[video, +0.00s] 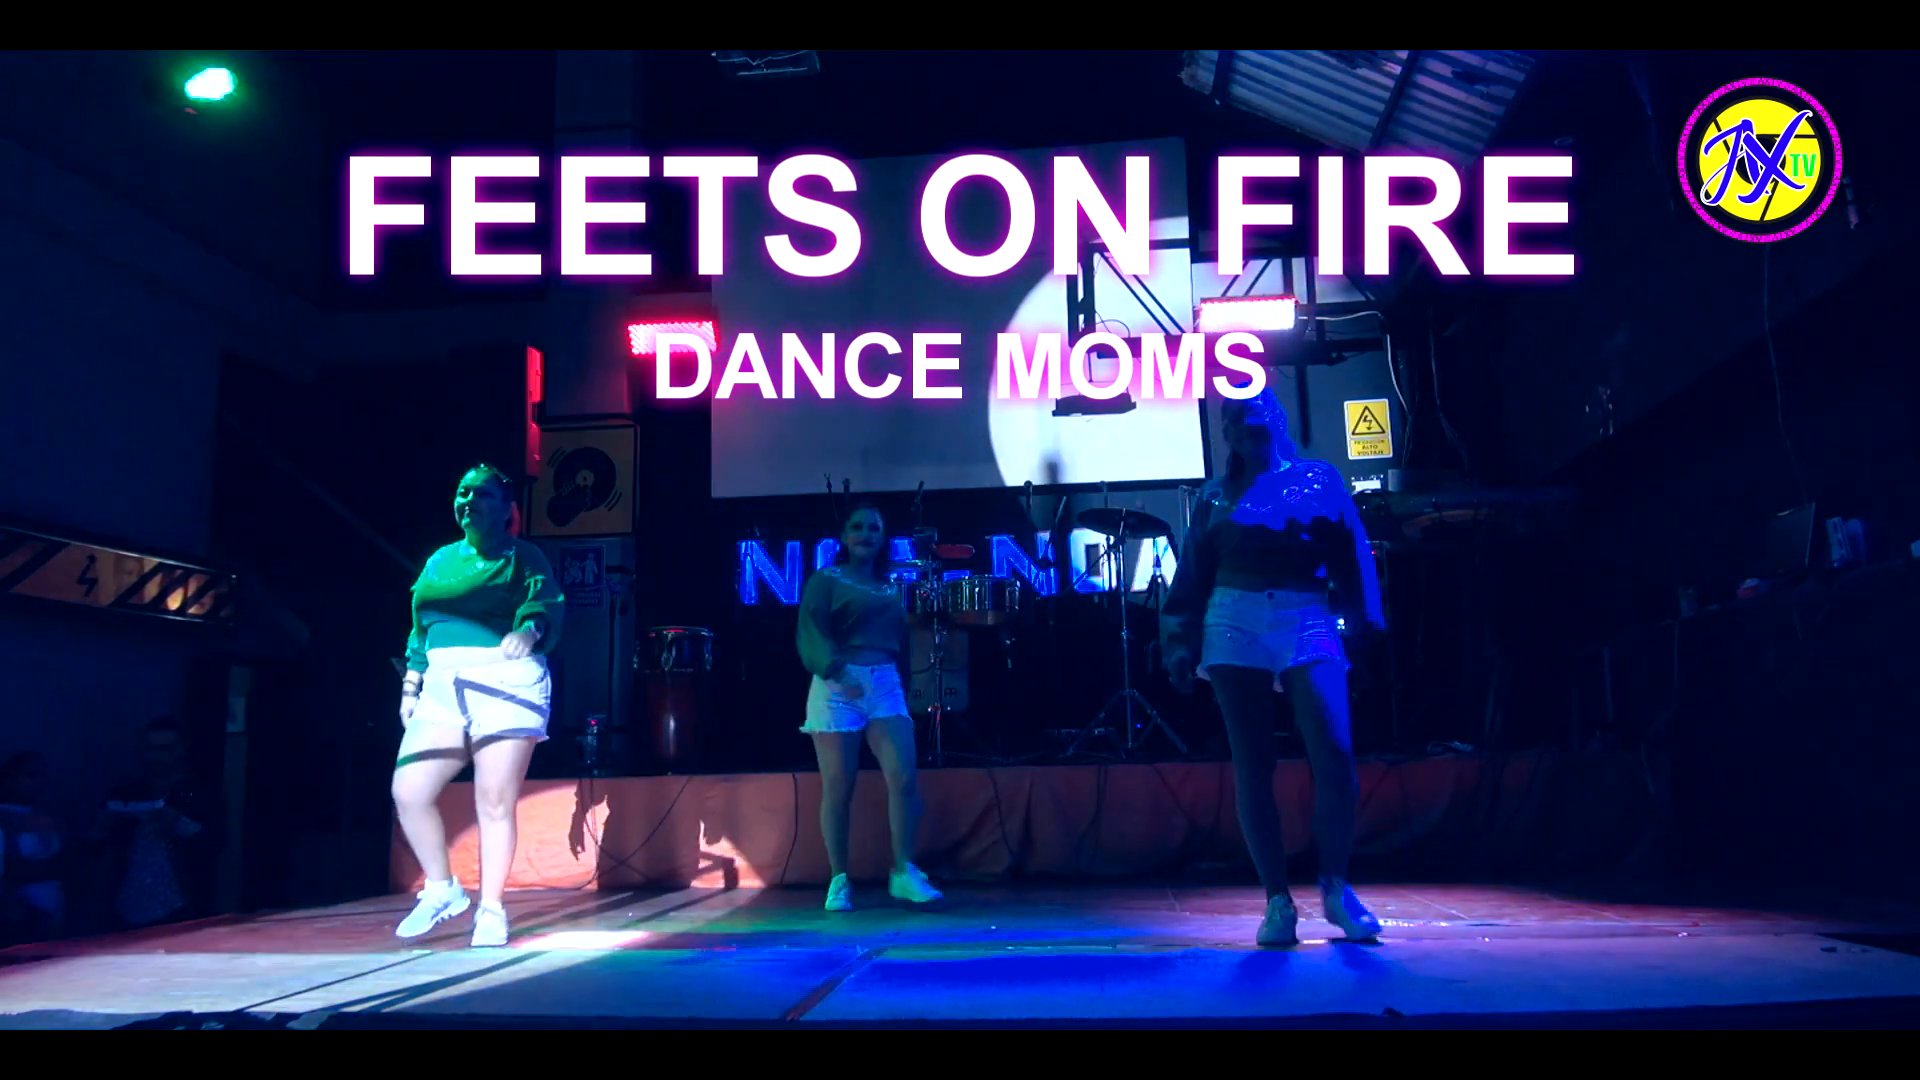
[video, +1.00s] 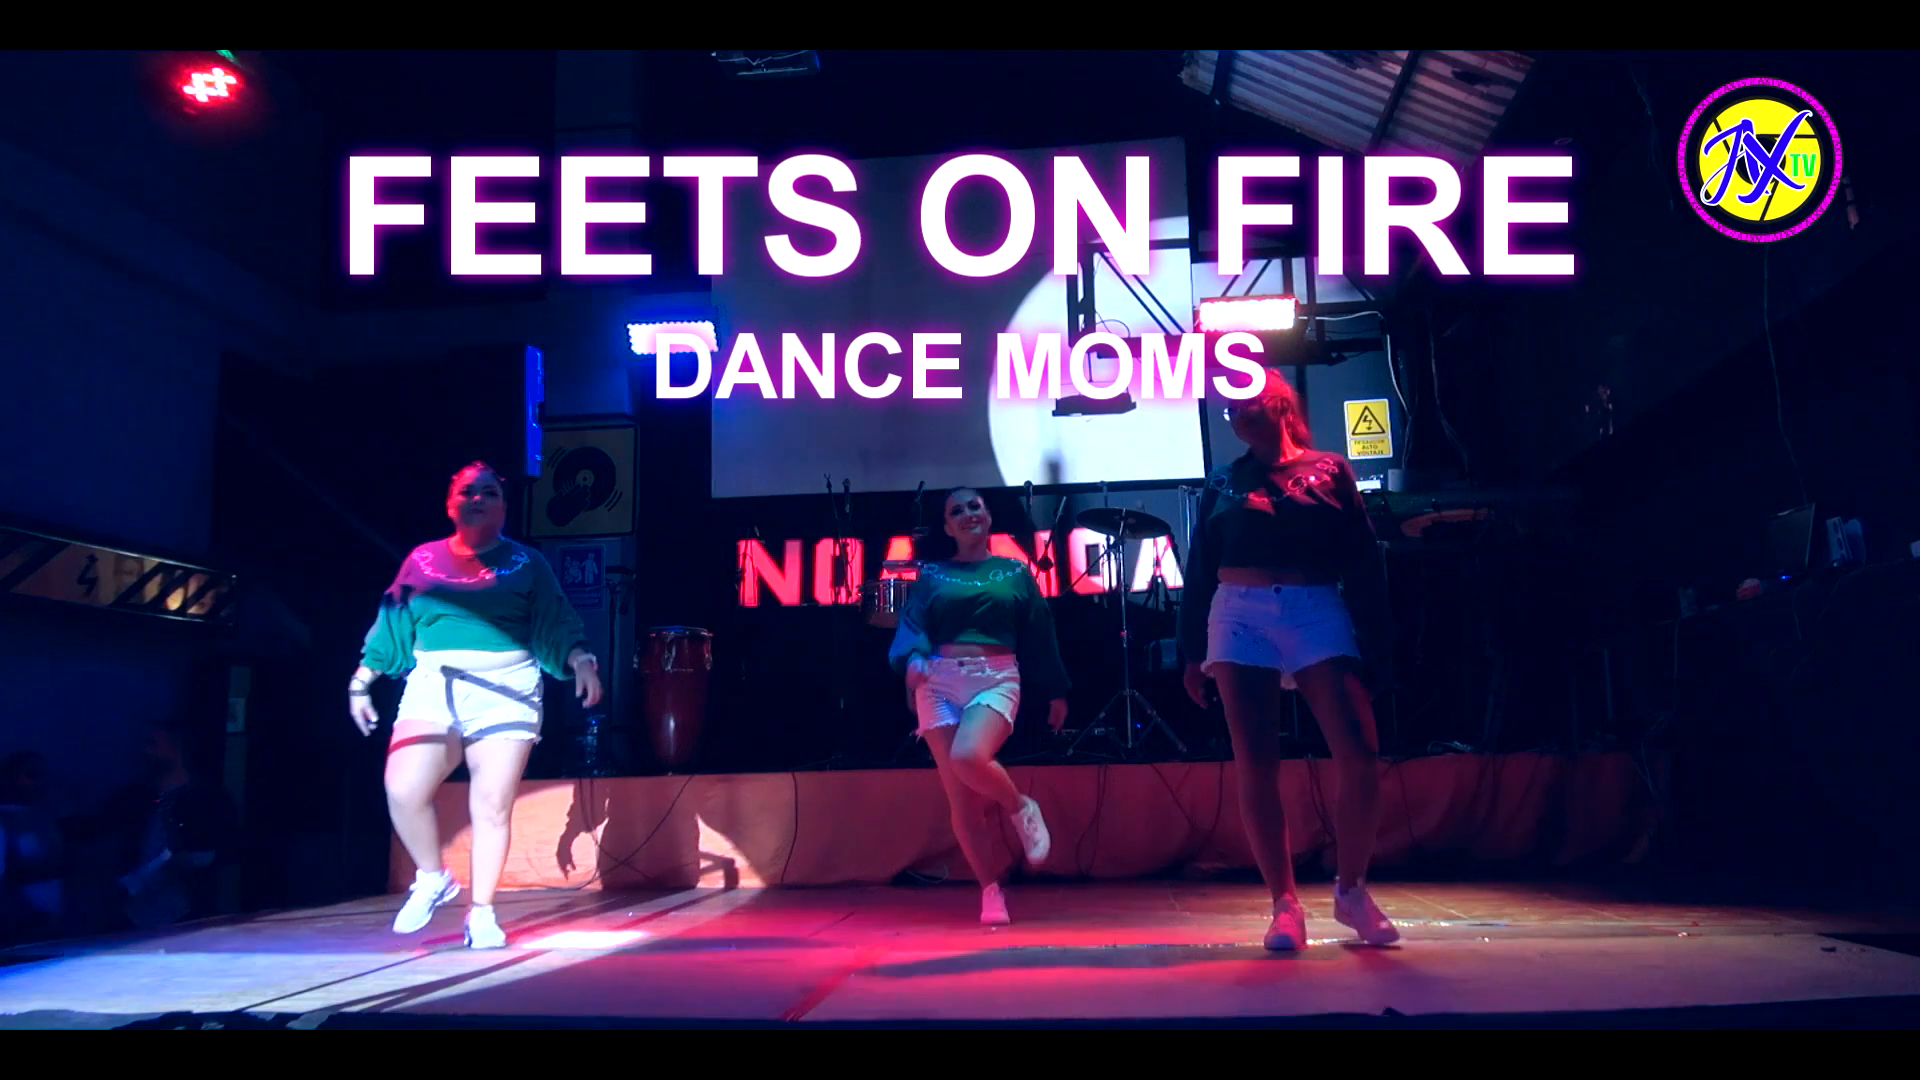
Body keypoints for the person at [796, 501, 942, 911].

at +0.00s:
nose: (866, 534)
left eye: (873, 528)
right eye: (858, 527)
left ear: (883, 536)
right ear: (844, 534)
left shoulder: (892, 586)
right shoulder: (825, 581)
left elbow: (902, 641)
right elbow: (808, 635)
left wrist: (903, 686)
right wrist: (834, 671)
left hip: (885, 683)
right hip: (835, 685)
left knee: (903, 776)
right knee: (837, 785)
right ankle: (839, 879)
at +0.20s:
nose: (898, 538)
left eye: (906, 532)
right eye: (890, 531)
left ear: (917, 539)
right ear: (876, 537)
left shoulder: (925, 588)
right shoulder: (860, 584)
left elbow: (935, 646)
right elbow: (849, 637)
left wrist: (943, 690)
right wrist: (862, 678)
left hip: (928, 690)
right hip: (881, 689)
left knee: (927, 791)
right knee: (884, 795)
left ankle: (926, 887)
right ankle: (853, 870)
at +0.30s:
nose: (910, 540)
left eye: (918, 533)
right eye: (902, 532)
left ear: (931, 538)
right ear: (890, 538)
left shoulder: (942, 592)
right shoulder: (876, 586)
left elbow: (962, 656)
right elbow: (858, 641)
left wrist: (985, 702)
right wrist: (860, 695)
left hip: (943, 690)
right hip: (895, 690)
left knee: (939, 789)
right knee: (925, 781)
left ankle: (928, 886)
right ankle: (877, 843)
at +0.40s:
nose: (920, 536)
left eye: (928, 529)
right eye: (911, 530)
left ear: (941, 535)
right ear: (900, 537)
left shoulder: (960, 591)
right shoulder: (886, 586)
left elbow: (989, 646)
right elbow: (860, 644)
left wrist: (1023, 671)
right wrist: (847, 698)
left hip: (954, 690)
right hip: (904, 689)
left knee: (947, 782)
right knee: (952, 763)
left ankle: (931, 882)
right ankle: (912, 848)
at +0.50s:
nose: (926, 524)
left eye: (933, 517)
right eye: (917, 518)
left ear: (947, 523)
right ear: (906, 527)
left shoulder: (973, 577)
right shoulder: (893, 579)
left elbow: (1007, 624)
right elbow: (864, 638)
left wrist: (1039, 649)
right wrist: (844, 687)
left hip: (963, 682)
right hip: (912, 681)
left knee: (946, 782)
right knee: (956, 771)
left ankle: (929, 882)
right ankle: (962, 874)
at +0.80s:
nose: (954, 517)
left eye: (958, 510)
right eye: (942, 516)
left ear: (971, 520)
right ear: (931, 535)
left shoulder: (1004, 573)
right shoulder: (922, 580)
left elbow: (1029, 636)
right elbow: (901, 641)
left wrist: (1038, 693)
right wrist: (889, 699)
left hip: (994, 682)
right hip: (935, 684)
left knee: (1001, 791)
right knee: (958, 793)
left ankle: (961, 842)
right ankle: (988, 889)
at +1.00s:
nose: (971, 514)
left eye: (976, 506)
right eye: (959, 510)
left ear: (990, 516)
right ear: (947, 527)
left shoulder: (1015, 571)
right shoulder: (932, 576)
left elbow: (1041, 637)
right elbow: (910, 629)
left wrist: (1056, 692)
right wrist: (912, 659)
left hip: (997, 676)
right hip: (938, 677)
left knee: (967, 757)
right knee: (960, 793)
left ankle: (1021, 809)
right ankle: (990, 887)